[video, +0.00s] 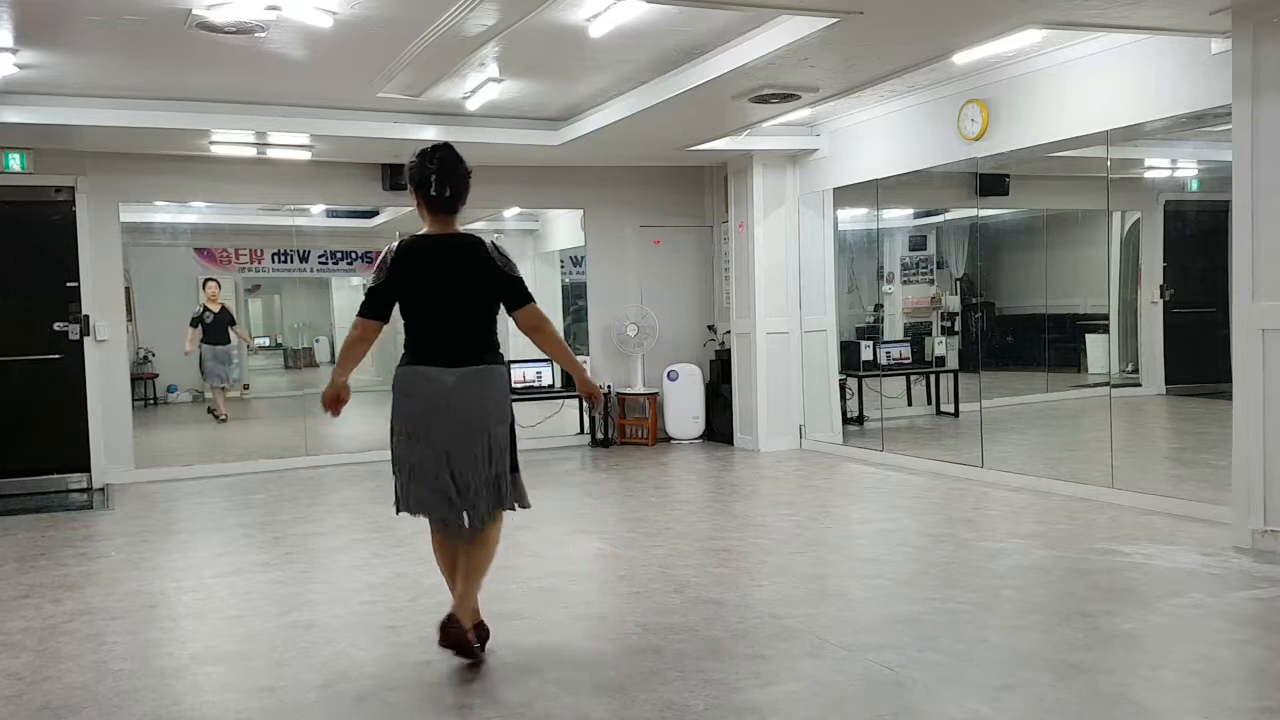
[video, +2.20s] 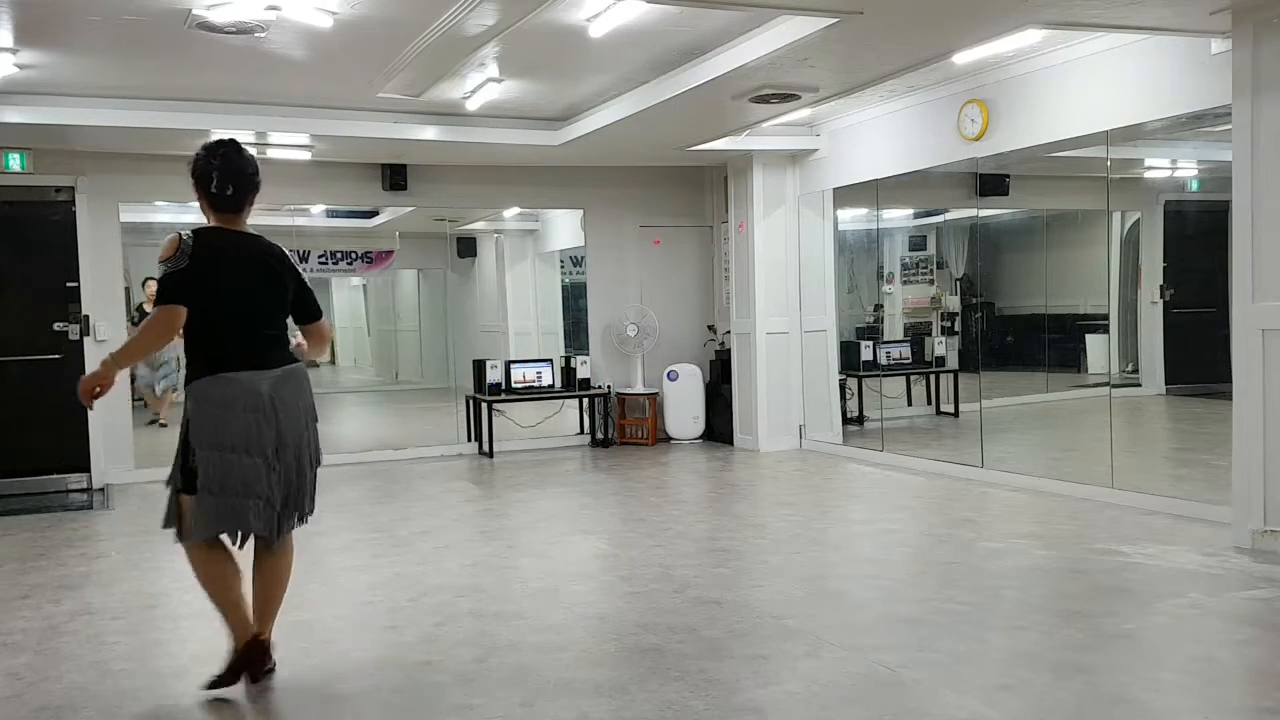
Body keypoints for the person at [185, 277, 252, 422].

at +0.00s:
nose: (213, 291)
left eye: (216, 288)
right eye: (210, 288)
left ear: (220, 290)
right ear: (204, 291)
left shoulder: (225, 309)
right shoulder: (201, 310)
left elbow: (236, 328)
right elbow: (192, 329)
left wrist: (248, 341)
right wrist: (188, 345)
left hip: (225, 348)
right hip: (209, 348)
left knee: (224, 380)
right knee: (215, 381)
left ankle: (214, 407)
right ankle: (222, 411)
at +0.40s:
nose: (202, 292)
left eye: (204, 289)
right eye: (198, 289)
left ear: (208, 291)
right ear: (193, 292)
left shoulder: (213, 310)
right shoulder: (189, 310)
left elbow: (224, 327)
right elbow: (177, 329)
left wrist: (236, 340)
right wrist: (168, 346)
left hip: (211, 348)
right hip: (196, 348)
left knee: (208, 380)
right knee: (205, 379)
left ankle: (201, 412)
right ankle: (213, 411)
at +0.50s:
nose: (198, 292)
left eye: (201, 289)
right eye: (195, 289)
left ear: (204, 292)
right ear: (189, 292)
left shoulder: (209, 310)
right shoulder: (185, 310)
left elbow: (221, 327)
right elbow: (173, 329)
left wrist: (233, 342)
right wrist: (164, 346)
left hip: (209, 349)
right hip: (193, 349)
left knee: (207, 381)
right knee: (200, 380)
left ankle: (202, 412)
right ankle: (199, 413)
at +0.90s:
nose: (183, 291)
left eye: (186, 288)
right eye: (180, 288)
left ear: (190, 291)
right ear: (174, 291)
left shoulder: (195, 310)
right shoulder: (168, 309)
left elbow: (208, 327)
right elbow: (158, 325)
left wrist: (220, 340)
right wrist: (150, 337)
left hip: (194, 350)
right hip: (174, 351)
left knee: (198, 383)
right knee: (179, 385)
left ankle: (200, 412)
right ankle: (182, 414)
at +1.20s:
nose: (172, 291)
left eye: (175, 288)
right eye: (169, 288)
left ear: (180, 291)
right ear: (164, 291)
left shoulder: (185, 311)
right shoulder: (159, 310)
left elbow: (201, 329)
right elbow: (152, 327)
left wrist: (209, 341)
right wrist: (147, 338)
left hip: (182, 350)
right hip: (165, 351)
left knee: (177, 381)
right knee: (172, 382)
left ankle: (180, 413)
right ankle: (181, 412)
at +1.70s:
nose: (161, 290)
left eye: (165, 287)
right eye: (158, 287)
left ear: (170, 289)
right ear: (154, 290)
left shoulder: (174, 308)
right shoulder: (150, 308)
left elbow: (190, 328)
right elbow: (147, 328)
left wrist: (198, 342)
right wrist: (135, 337)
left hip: (171, 349)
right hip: (155, 350)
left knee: (168, 383)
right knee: (166, 384)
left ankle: (162, 416)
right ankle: (179, 411)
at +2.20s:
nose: (152, 290)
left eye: (155, 287)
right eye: (149, 287)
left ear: (159, 290)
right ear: (143, 290)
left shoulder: (167, 307)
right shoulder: (139, 309)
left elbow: (178, 330)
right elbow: (133, 329)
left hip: (166, 348)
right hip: (146, 349)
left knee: (166, 381)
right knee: (144, 383)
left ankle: (163, 415)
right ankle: (157, 410)